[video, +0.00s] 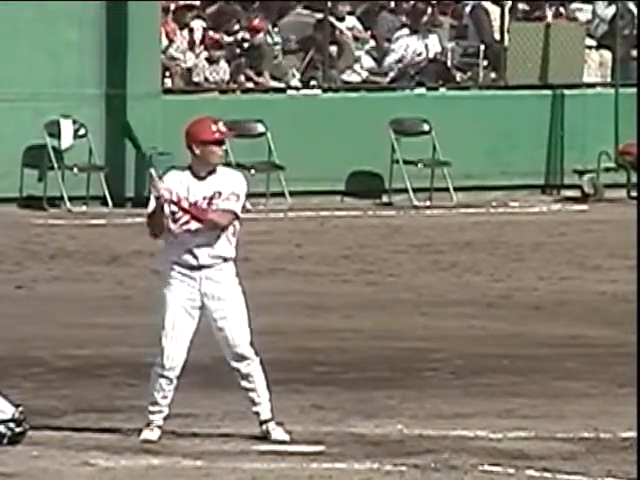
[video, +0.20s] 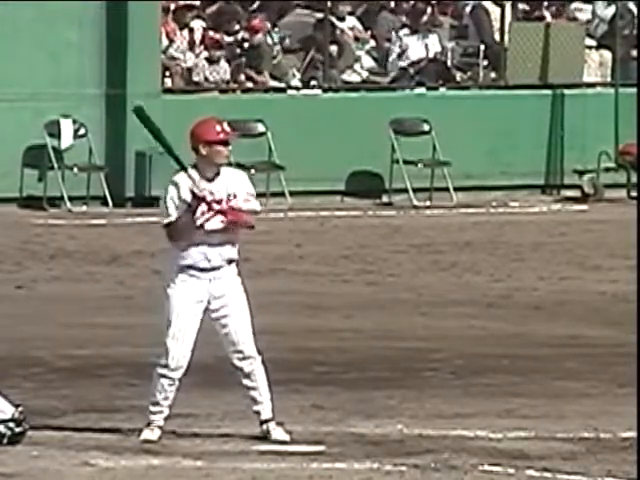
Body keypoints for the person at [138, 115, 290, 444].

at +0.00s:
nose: (222, 148)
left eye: (222, 143)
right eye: (215, 144)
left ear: (221, 146)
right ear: (195, 149)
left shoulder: (233, 180)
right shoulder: (172, 181)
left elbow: (221, 221)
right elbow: (155, 231)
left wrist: (183, 204)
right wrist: (159, 203)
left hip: (221, 275)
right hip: (181, 276)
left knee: (241, 350)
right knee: (170, 357)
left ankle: (267, 421)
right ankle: (155, 421)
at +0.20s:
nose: (226, 149)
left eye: (227, 144)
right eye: (220, 144)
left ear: (225, 147)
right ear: (202, 148)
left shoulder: (237, 178)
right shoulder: (181, 184)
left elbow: (249, 220)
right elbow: (175, 235)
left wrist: (222, 211)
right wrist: (196, 214)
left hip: (226, 274)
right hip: (188, 277)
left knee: (245, 351)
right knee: (175, 356)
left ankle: (268, 421)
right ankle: (155, 421)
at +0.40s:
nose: (234, 151)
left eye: (234, 146)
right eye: (228, 147)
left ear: (227, 149)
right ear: (210, 151)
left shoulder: (238, 177)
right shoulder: (192, 190)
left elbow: (261, 219)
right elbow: (211, 238)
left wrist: (263, 213)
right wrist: (237, 216)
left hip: (229, 276)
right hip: (194, 279)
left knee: (246, 351)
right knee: (181, 355)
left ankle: (267, 421)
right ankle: (156, 421)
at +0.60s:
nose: (243, 153)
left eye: (242, 147)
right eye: (236, 148)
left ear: (235, 150)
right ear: (219, 153)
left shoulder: (241, 184)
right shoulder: (208, 188)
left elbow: (255, 224)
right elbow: (238, 238)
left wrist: (284, 223)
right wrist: (273, 224)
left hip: (230, 279)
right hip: (198, 279)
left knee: (249, 352)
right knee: (183, 356)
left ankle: (267, 420)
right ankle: (156, 422)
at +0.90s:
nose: (245, 152)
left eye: (245, 146)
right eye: (239, 147)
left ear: (241, 151)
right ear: (220, 154)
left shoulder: (247, 181)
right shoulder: (210, 187)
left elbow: (261, 226)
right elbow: (245, 228)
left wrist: (288, 244)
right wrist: (291, 239)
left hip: (232, 279)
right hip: (198, 278)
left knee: (249, 352)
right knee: (183, 354)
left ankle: (268, 421)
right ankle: (155, 422)